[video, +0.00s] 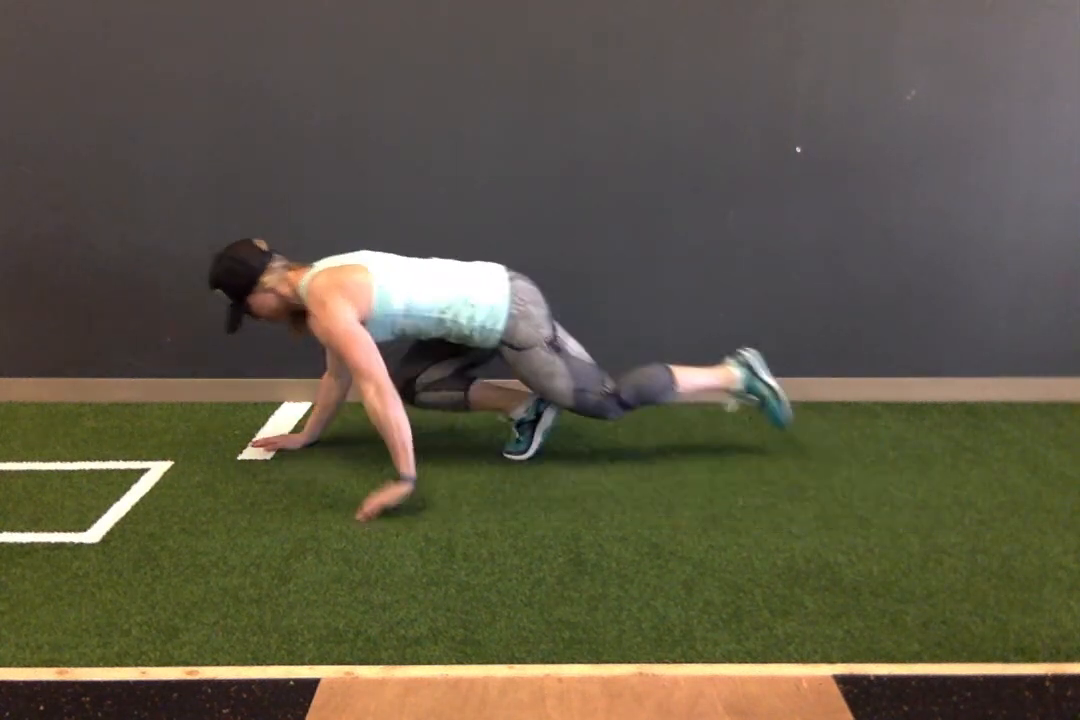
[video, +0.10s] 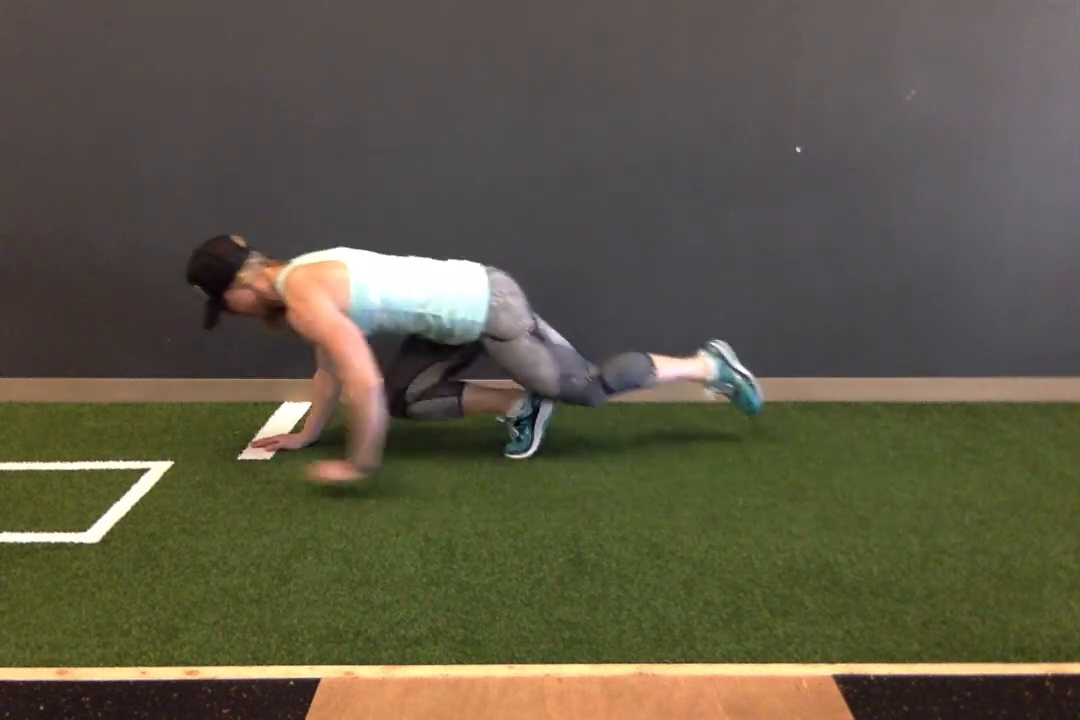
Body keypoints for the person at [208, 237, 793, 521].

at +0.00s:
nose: (254, 316)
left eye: (248, 307)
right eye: (247, 309)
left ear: (258, 291)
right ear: (272, 267)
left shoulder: (328, 308)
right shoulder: (323, 279)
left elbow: (375, 390)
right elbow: (346, 367)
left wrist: (405, 477)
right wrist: (307, 431)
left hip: (511, 310)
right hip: (477, 310)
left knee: (599, 398)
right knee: (401, 381)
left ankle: (735, 377)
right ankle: (526, 405)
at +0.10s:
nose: (233, 314)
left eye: (227, 303)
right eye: (225, 306)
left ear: (242, 283)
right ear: (248, 271)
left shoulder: (308, 299)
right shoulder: (301, 278)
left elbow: (361, 385)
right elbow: (332, 360)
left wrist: (359, 464)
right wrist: (307, 427)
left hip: (488, 307)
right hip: (449, 319)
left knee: (580, 385)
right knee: (402, 397)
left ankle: (709, 369)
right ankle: (521, 402)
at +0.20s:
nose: (211, 309)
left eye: (205, 297)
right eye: (203, 301)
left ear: (221, 276)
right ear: (226, 269)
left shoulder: (285, 292)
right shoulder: (279, 278)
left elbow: (310, 396)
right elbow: (305, 379)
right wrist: (274, 438)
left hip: (467, 299)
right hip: (423, 320)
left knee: (566, 369)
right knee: (398, 404)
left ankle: (691, 358)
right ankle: (525, 399)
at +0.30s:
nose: (195, 307)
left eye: (186, 296)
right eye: (187, 299)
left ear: (198, 275)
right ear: (210, 260)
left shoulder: (264, 286)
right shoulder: (267, 275)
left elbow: (239, 389)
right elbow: (307, 361)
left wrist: (185, 464)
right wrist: (304, 431)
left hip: (448, 294)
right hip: (412, 315)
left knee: (559, 352)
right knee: (394, 406)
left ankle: (676, 345)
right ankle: (519, 409)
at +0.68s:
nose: (116, 308)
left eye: (108, 301)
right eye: (107, 303)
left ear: (115, 280)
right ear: (133, 256)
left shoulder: (170, 296)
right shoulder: (197, 268)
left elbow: (148, 399)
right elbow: (263, 345)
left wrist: (124, 478)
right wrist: (295, 416)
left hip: (370, 293)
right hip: (362, 290)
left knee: (488, 335)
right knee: (393, 405)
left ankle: (608, 333)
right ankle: (519, 403)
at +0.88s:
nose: (74, 308)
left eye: (64, 300)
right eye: (65, 303)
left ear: (69, 280)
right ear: (87, 254)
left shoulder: (127, 294)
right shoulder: (153, 257)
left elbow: (126, 396)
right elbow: (223, 324)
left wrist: (120, 478)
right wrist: (208, 403)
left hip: (326, 296)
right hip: (324, 278)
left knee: (442, 347)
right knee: (391, 396)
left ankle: (573, 353)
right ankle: (525, 403)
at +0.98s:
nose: (57, 306)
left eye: (48, 298)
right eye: (48, 299)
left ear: (52, 280)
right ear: (68, 252)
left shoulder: (110, 296)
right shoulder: (135, 262)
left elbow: (122, 395)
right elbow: (163, 356)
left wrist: (120, 481)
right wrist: (120, 415)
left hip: (307, 301)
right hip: (311, 268)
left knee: (410, 370)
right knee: (406, 366)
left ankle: (535, 392)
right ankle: (553, 360)